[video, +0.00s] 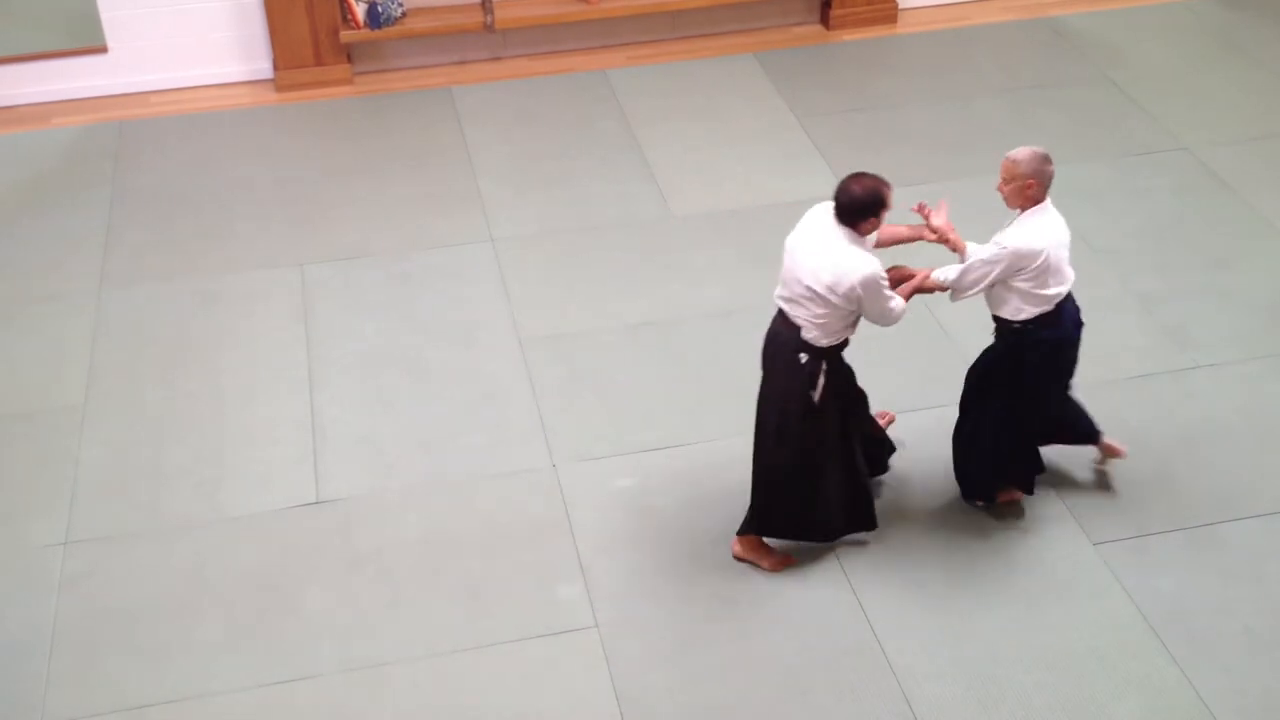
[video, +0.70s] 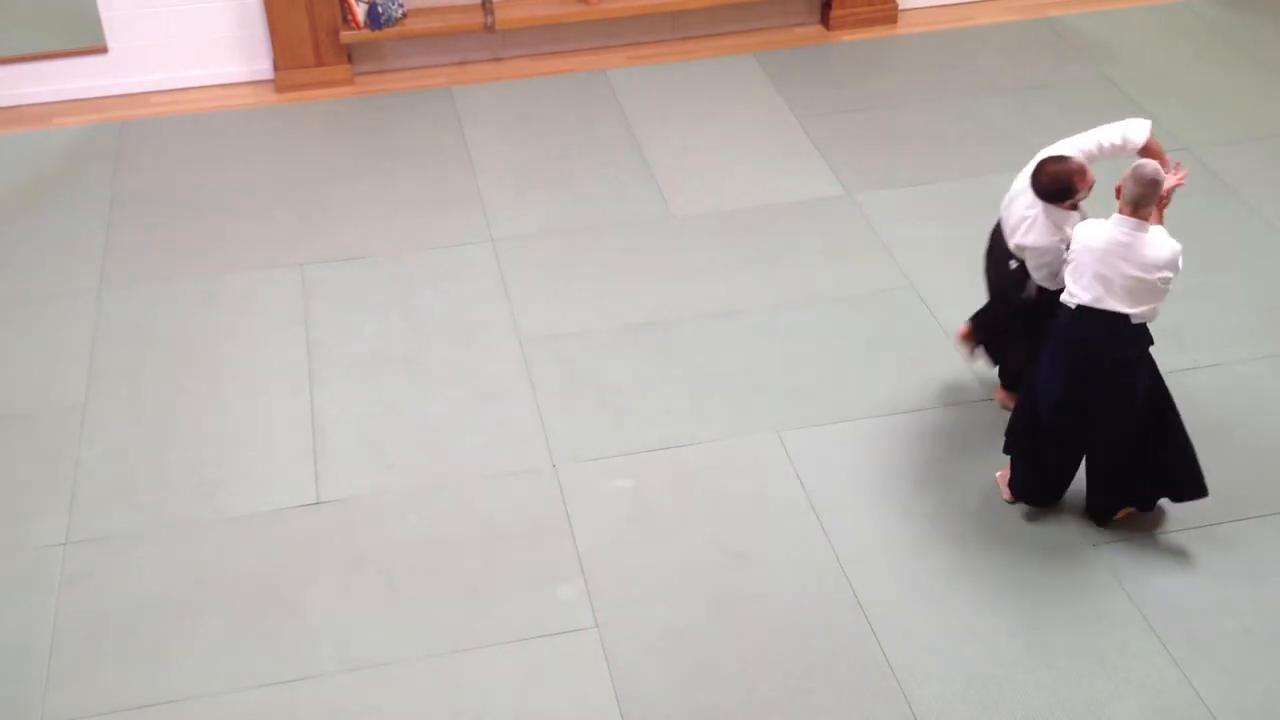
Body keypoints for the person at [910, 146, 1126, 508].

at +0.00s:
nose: (999, 187)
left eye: (1006, 181)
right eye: (1001, 179)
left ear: (1031, 189)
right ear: (1033, 188)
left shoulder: (1020, 241)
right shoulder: (1049, 219)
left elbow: (966, 277)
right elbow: (995, 259)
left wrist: (917, 280)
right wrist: (952, 239)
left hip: (1030, 339)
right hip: (1059, 324)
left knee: (986, 396)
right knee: (1042, 399)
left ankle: (1005, 485)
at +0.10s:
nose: (1021, 182)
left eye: (1027, 176)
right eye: (1024, 174)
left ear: (1048, 186)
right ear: (1058, 186)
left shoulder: (1032, 240)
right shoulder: (1075, 222)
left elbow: (980, 270)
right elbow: (1015, 259)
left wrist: (936, 266)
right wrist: (979, 231)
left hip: (1042, 341)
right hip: (1084, 329)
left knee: (988, 387)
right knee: (1090, 397)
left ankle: (1004, 483)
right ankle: (1128, 466)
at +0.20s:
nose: (1046, 179)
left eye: (1050, 173)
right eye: (1049, 172)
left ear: (1065, 184)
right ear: (1089, 184)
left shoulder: (1044, 237)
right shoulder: (1103, 226)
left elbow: (994, 263)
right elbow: (1046, 251)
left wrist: (961, 257)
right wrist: (1009, 221)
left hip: (1052, 343)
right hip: (1101, 335)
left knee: (1004, 392)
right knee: (1100, 409)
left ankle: (1002, 482)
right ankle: (1122, 487)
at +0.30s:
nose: (1072, 179)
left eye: (1075, 174)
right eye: (1074, 173)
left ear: (1087, 184)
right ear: (1116, 185)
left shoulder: (1058, 234)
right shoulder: (1129, 230)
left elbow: (1014, 255)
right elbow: (1078, 242)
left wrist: (997, 245)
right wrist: (1044, 215)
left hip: (1063, 339)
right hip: (1118, 336)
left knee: (1018, 404)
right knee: (1116, 411)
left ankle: (1007, 485)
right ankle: (1124, 488)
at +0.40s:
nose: (1094, 177)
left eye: (1097, 172)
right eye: (1097, 171)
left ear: (1105, 182)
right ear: (1139, 187)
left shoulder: (1074, 231)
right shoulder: (1149, 232)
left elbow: (1038, 251)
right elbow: (1101, 241)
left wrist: (1031, 237)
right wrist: (1076, 208)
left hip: (1074, 336)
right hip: (1126, 336)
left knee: (1040, 404)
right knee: (1128, 412)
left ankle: (1015, 480)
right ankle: (1127, 493)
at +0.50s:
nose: (1102, 176)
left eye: (1106, 173)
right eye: (1104, 172)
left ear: (1116, 185)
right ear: (1150, 191)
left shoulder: (1079, 230)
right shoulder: (1161, 237)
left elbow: (1064, 251)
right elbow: (1125, 241)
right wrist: (1109, 209)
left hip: (1077, 336)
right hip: (1131, 339)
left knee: (1052, 409)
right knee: (1132, 419)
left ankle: (1029, 488)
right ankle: (1124, 492)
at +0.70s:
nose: (1111, 186)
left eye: (1115, 184)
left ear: (1118, 192)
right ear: (1160, 204)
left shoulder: (1085, 233)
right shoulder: (1167, 252)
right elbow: (1153, 240)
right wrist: (1159, 211)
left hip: (1075, 332)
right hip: (1126, 341)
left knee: (1053, 407)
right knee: (1122, 421)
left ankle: (1022, 483)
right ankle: (1116, 500)